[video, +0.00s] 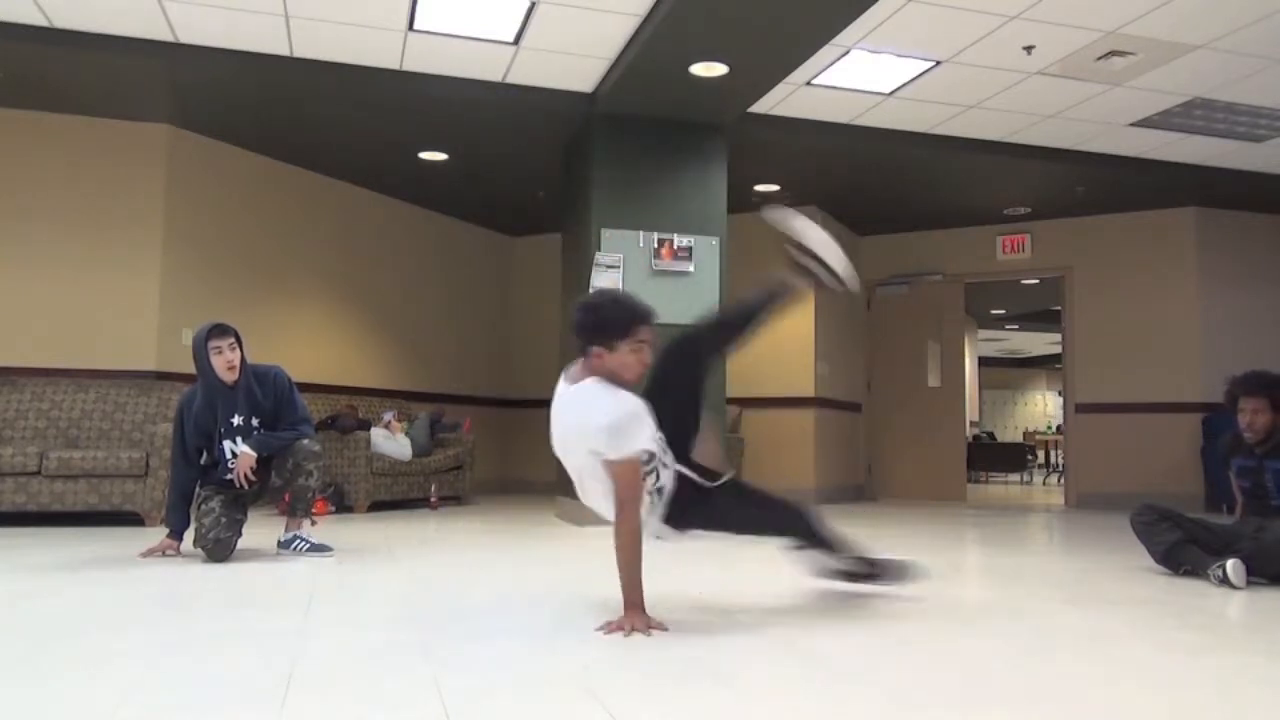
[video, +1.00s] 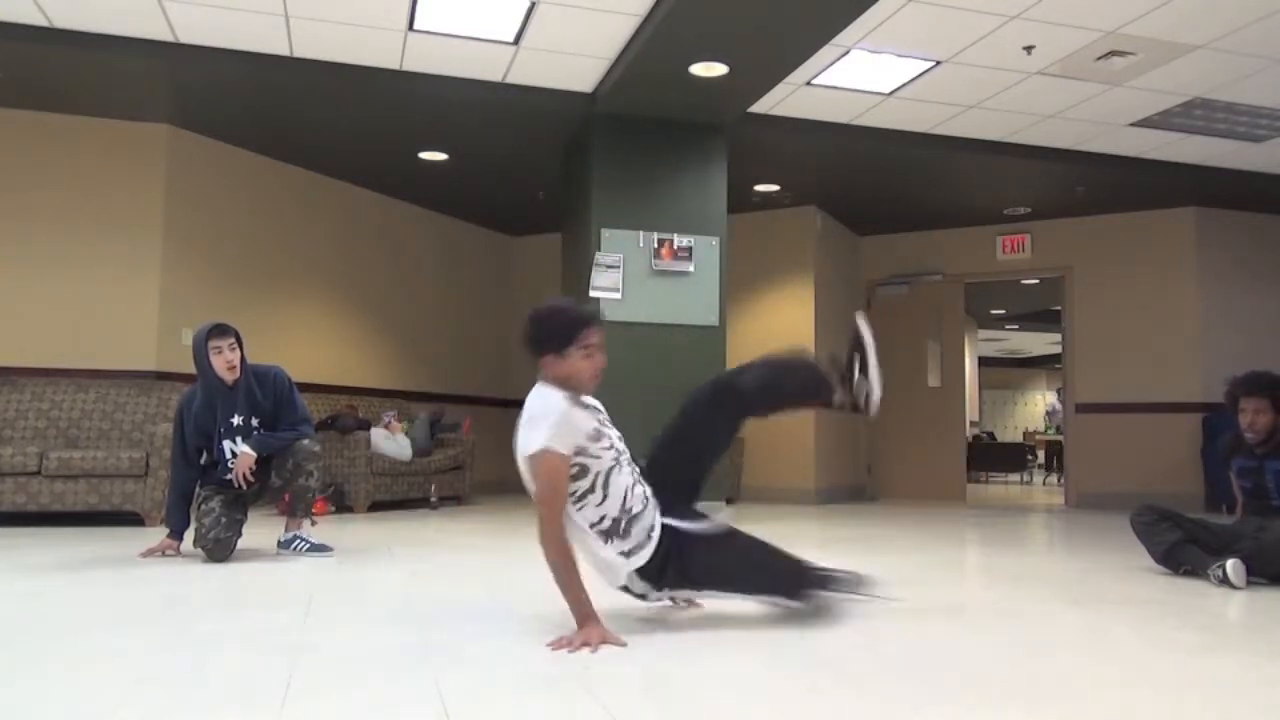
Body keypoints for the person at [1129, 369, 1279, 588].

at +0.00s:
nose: (1248, 421)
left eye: (1258, 413)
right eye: (1243, 412)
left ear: (1276, 415)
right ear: (1235, 414)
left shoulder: (1275, 452)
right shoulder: (1233, 449)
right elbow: (1242, 501)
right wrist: (1236, 532)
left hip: (1270, 536)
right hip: (1239, 533)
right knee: (1144, 514)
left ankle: (1197, 562)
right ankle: (1210, 566)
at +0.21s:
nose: (1248, 421)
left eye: (1259, 413)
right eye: (1243, 412)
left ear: (1276, 416)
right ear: (1235, 414)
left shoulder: (1276, 451)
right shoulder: (1233, 449)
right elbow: (1242, 501)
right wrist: (1235, 532)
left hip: (1271, 536)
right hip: (1240, 533)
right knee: (1144, 514)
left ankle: (1198, 562)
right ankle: (1210, 566)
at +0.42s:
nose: (1249, 421)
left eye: (1260, 412)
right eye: (1244, 412)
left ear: (1276, 415)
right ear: (1236, 415)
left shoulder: (1275, 453)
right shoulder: (1234, 451)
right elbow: (1241, 500)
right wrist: (1236, 532)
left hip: (1270, 536)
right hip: (1239, 534)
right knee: (1144, 515)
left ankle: (1197, 562)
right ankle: (1210, 567)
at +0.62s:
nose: (1249, 421)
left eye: (1260, 412)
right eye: (1244, 412)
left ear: (1277, 416)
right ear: (1236, 415)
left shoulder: (1276, 453)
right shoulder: (1233, 450)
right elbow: (1241, 500)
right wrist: (1236, 531)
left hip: (1271, 536)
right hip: (1240, 534)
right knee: (1144, 514)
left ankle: (1197, 562)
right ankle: (1210, 567)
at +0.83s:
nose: (1249, 421)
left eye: (1260, 412)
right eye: (1244, 412)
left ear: (1277, 416)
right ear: (1236, 414)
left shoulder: (1276, 453)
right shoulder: (1233, 451)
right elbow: (1241, 500)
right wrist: (1236, 531)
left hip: (1271, 536)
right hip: (1239, 533)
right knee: (1144, 514)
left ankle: (1197, 562)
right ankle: (1210, 567)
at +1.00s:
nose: (1249, 421)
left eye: (1260, 413)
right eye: (1244, 412)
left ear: (1277, 416)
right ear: (1236, 415)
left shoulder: (1275, 453)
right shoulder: (1234, 451)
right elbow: (1241, 501)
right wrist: (1236, 531)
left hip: (1271, 537)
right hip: (1240, 534)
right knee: (1145, 514)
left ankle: (1197, 562)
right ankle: (1210, 566)